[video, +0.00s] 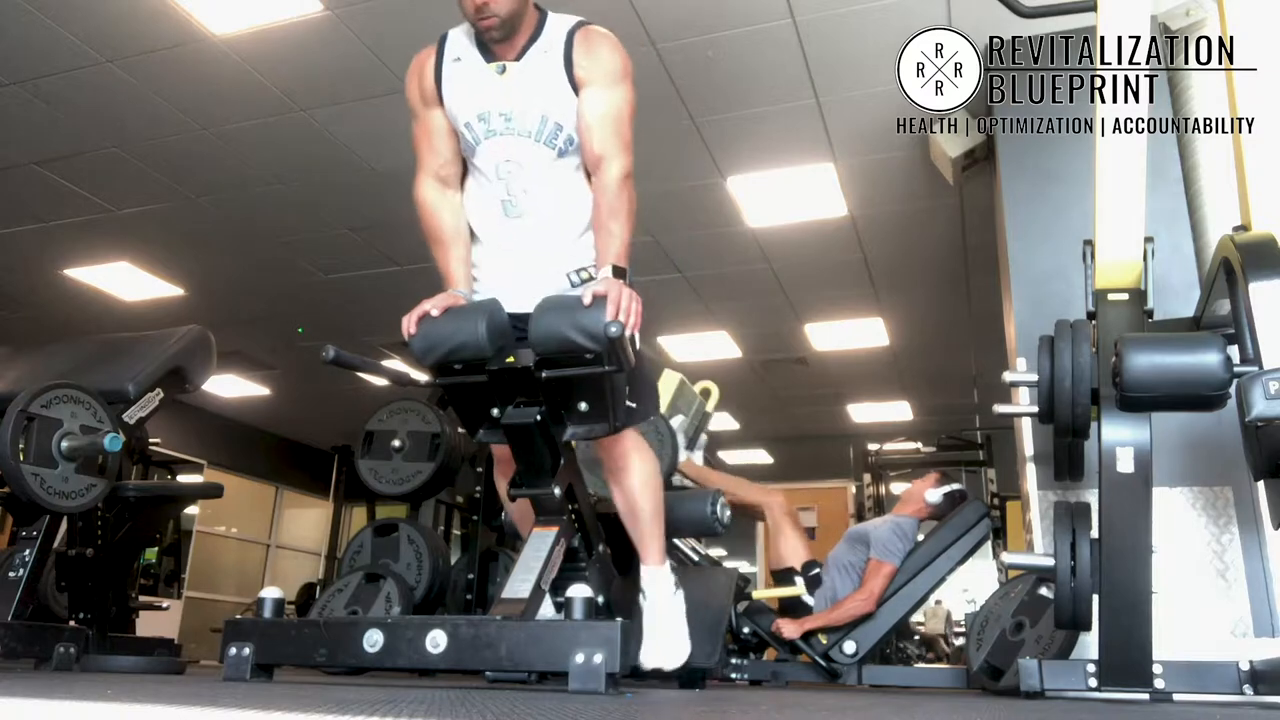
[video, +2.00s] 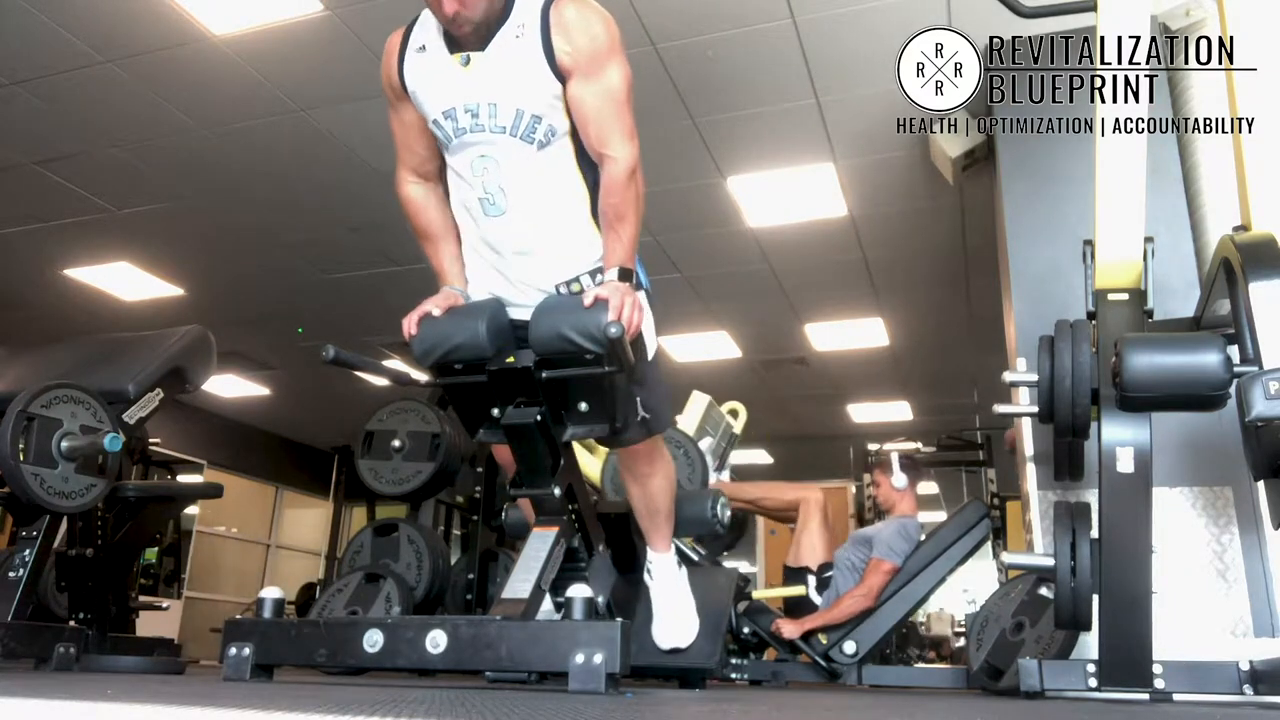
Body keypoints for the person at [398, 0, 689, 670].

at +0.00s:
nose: (480, 5)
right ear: (458, 1)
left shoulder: (591, 50)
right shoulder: (433, 68)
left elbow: (610, 166)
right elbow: (438, 180)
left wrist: (612, 270)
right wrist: (456, 283)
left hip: (582, 281)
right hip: (490, 292)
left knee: (615, 421)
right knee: (501, 439)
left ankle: (657, 583)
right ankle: (543, 551)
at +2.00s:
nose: (447, 5)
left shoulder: (573, 23)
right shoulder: (406, 52)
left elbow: (618, 158)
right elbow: (418, 176)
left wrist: (618, 274)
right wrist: (451, 283)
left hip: (587, 282)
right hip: (489, 296)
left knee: (634, 434)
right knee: (505, 442)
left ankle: (662, 566)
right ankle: (551, 545)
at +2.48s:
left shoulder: (559, 30)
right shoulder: (388, 58)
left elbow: (642, 143)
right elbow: (363, 173)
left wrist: (583, 235)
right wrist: (389, 267)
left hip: (572, 288)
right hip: (472, 297)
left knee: (621, 418)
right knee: (503, 430)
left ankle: (658, 562)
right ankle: (546, 536)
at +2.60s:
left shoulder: (556, 25)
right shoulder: (386, 52)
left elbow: (599, 128)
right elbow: (333, 157)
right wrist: (375, 199)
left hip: (573, 286)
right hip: (471, 295)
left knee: (624, 421)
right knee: (508, 435)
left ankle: (659, 561)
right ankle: (546, 538)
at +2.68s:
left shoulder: (551, 17)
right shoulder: (383, 48)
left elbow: (560, 110)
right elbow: (325, 155)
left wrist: (449, 115)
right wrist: (388, 138)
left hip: (572, 283)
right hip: (471, 299)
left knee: (626, 423)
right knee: (509, 440)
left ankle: (659, 561)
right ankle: (545, 543)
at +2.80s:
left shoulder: (553, 10)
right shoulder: (394, 40)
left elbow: (493, 83)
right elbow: (327, 114)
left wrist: (387, 60)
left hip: (577, 284)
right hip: (476, 302)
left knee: (627, 423)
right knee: (514, 443)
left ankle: (659, 559)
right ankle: (545, 548)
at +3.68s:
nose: (364, 12)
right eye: (353, 2)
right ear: (344, 10)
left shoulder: (513, 41)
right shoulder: (349, 70)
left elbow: (454, 155)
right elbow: (285, 184)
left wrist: (337, 111)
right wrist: (394, 82)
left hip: (575, 291)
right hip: (475, 307)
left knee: (628, 422)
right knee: (519, 443)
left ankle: (660, 563)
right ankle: (553, 541)